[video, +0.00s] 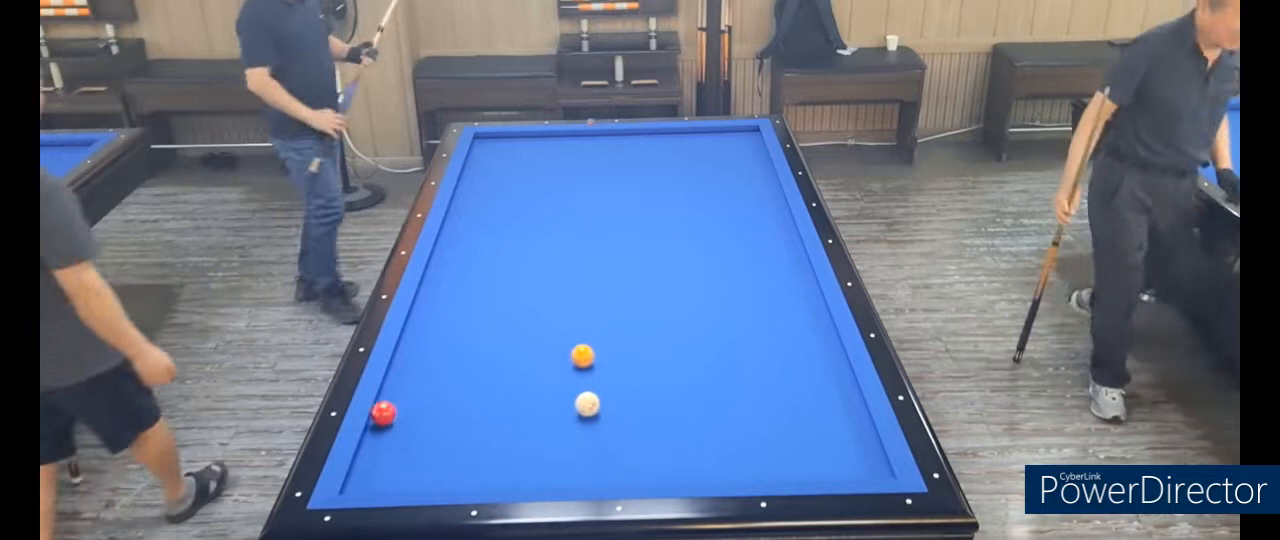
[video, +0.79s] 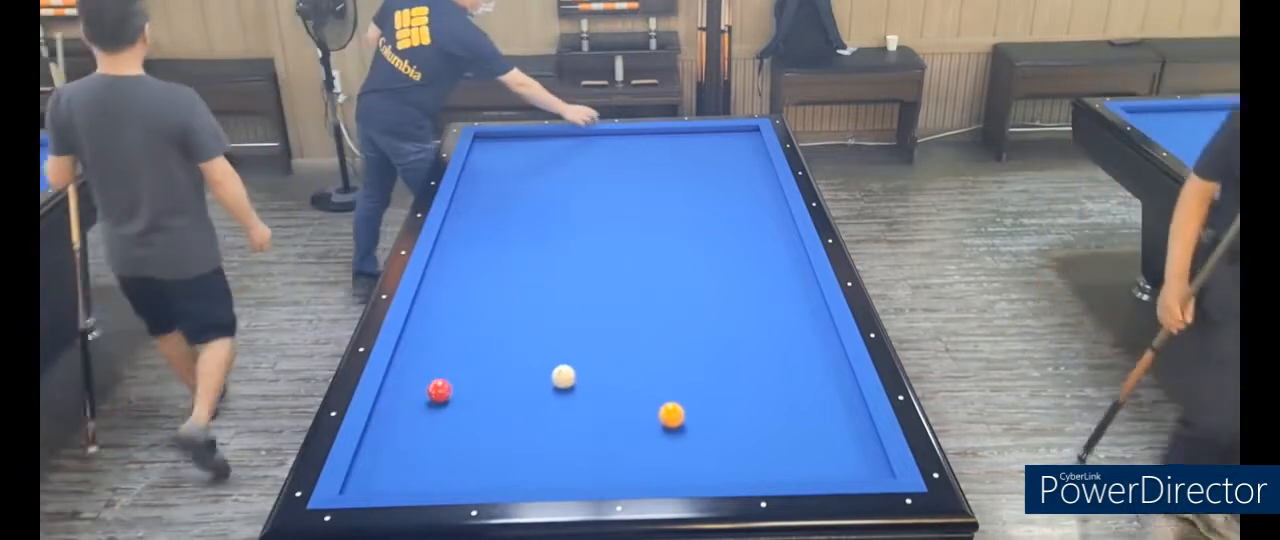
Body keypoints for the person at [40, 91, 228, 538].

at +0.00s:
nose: (45, 101)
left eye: (46, 92)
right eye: (43, 94)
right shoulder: (48, 192)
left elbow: (80, 284)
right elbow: (81, 286)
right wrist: (142, 351)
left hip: (45, 367)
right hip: (81, 356)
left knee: (43, 466)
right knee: (146, 427)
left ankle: (47, 531)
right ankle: (179, 496)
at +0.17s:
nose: (79, 86)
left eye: (75, 76)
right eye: (77, 77)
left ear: (43, 87)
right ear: (66, 86)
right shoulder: (86, 168)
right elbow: (137, 259)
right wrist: (184, 323)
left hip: (51, 332)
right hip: (117, 327)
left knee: (77, 423)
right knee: (168, 411)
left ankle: (62, 523)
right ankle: (181, 494)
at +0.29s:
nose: (104, 69)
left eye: (101, 59)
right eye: (101, 60)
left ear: (40, 71)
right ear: (94, 71)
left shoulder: (43, 138)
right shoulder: (121, 150)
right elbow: (171, 235)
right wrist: (211, 298)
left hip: (69, 314)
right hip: (137, 313)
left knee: (112, 384)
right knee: (176, 398)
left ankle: (107, 480)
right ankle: (180, 494)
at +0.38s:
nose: (115, 64)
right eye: (113, 56)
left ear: (46, 69)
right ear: (106, 67)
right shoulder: (137, 146)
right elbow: (185, 227)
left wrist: (52, 276)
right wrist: (223, 281)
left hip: (77, 303)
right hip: (147, 303)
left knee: (122, 368)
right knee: (178, 394)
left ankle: (133, 458)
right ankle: (180, 492)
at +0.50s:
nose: (130, 57)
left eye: (124, 49)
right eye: (128, 50)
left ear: (63, 62)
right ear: (123, 59)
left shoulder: (48, 128)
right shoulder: (156, 135)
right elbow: (208, 217)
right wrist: (240, 257)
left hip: (96, 293)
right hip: (161, 289)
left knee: (142, 368)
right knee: (183, 389)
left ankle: (173, 427)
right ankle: (180, 492)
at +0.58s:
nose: (138, 54)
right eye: (137, 48)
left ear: (74, 57)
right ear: (133, 55)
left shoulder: (55, 124)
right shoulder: (168, 126)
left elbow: (43, 196)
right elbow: (213, 200)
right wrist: (247, 243)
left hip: (113, 287)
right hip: (173, 284)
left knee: (157, 356)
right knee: (189, 381)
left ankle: (196, 401)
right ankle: (181, 488)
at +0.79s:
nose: (151, 35)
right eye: (148, 28)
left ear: (87, 38)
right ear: (144, 35)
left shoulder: (68, 103)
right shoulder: (178, 100)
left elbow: (58, 177)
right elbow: (218, 175)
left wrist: (89, 153)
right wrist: (253, 225)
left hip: (127, 257)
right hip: (186, 251)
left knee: (166, 331)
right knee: (217, 332)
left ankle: (206, 401)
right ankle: (198, 422)